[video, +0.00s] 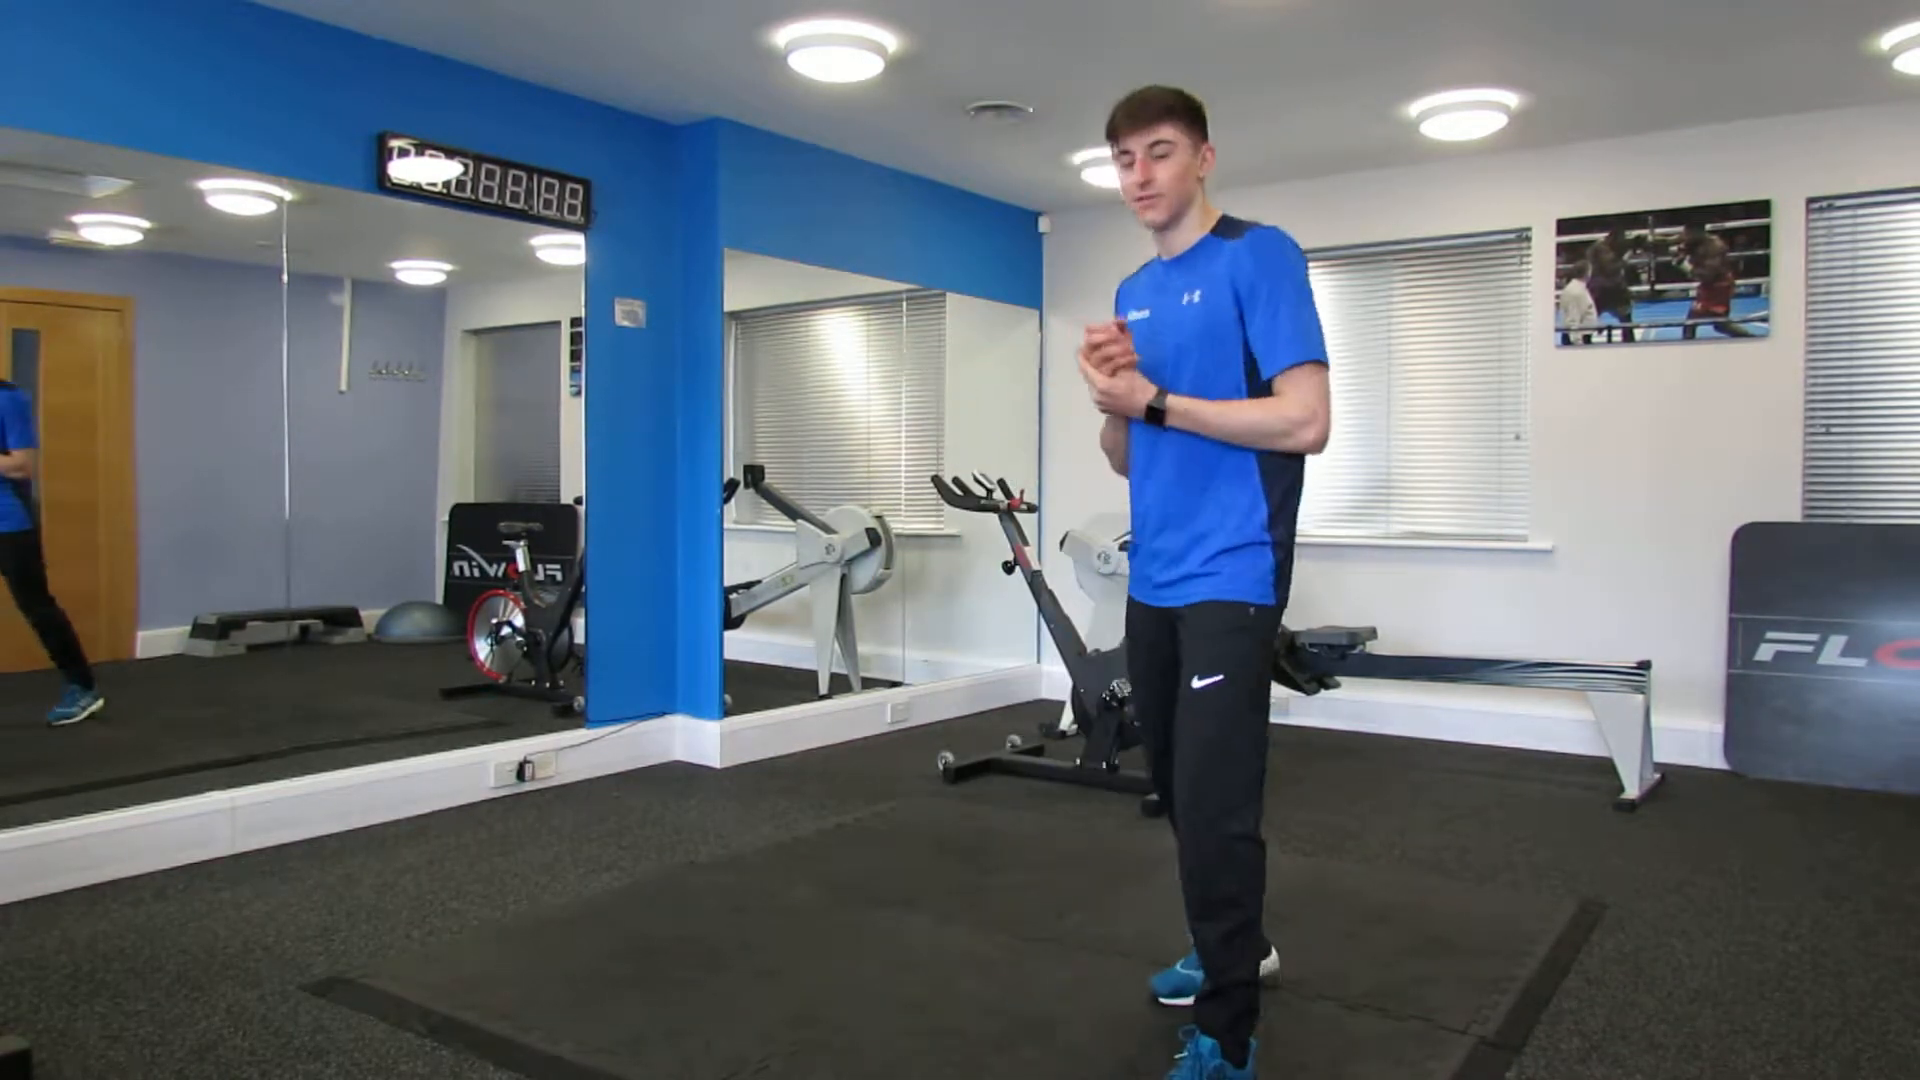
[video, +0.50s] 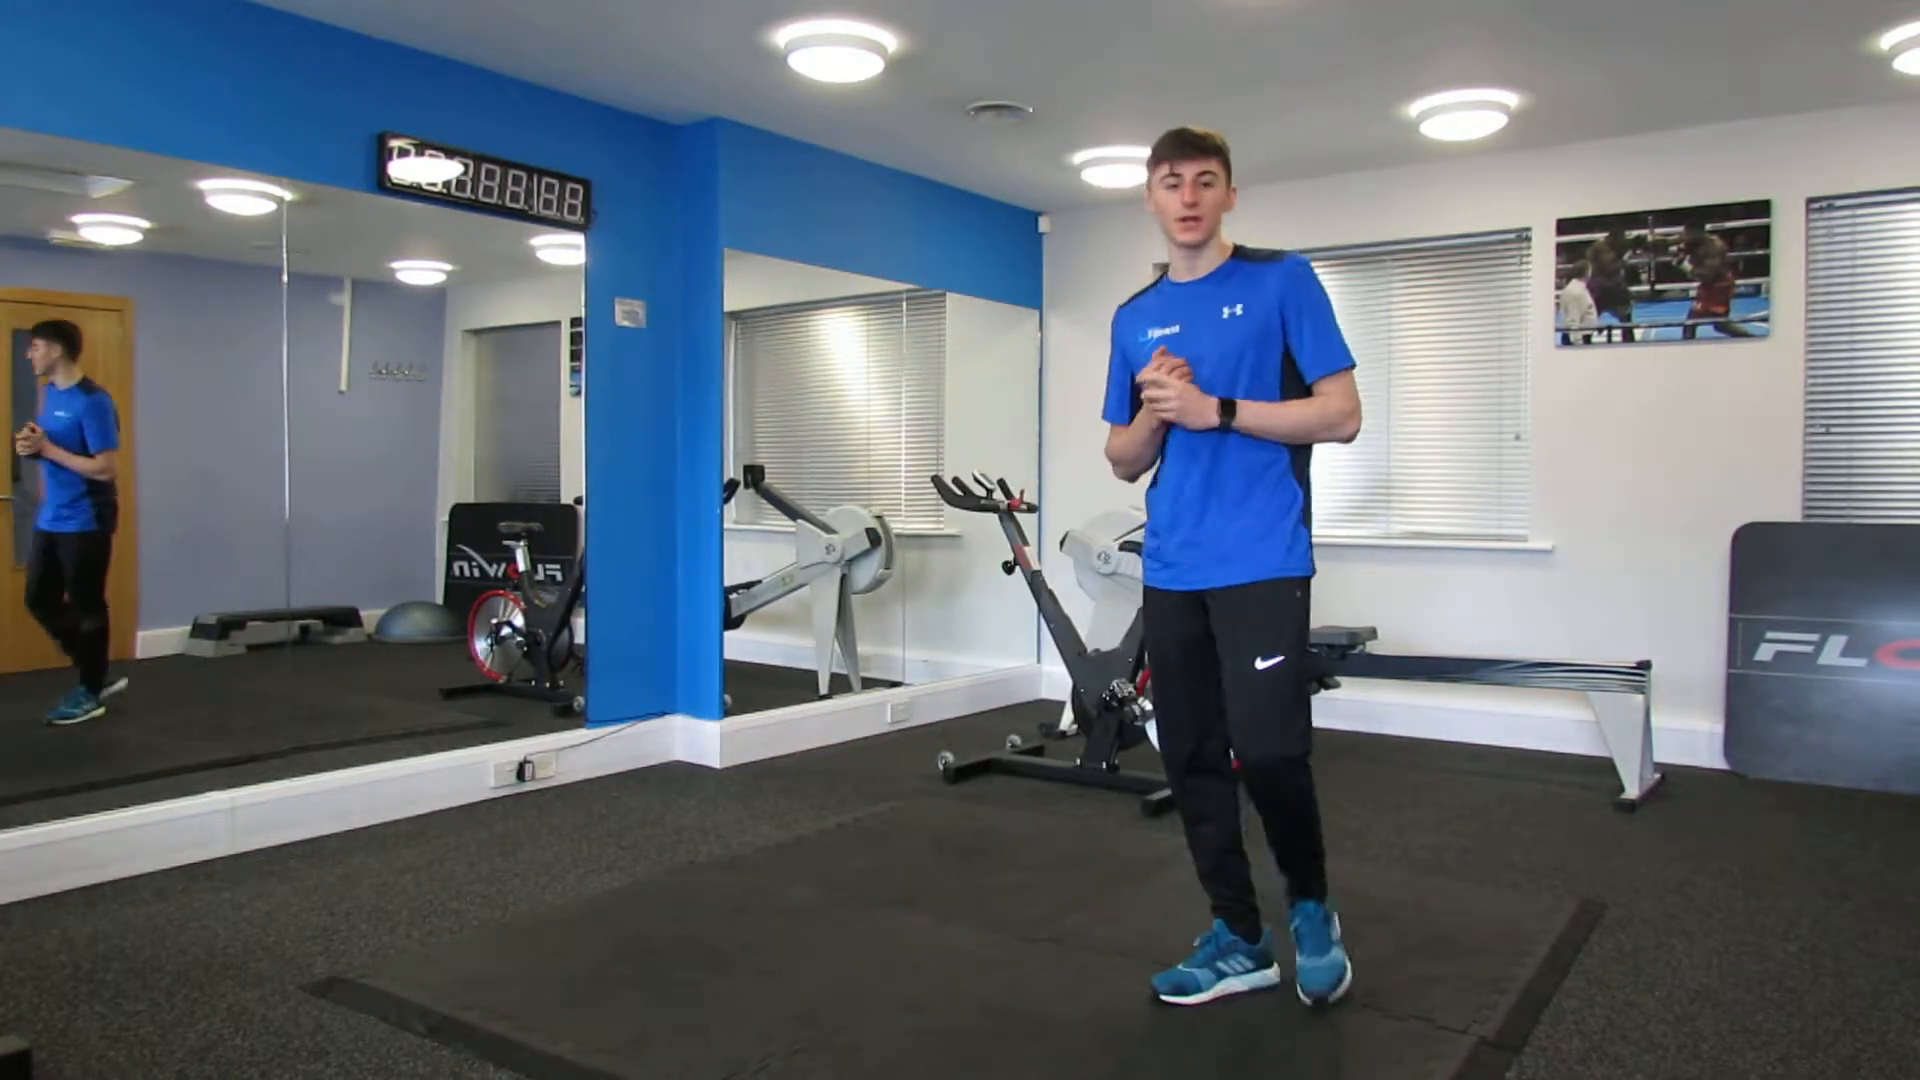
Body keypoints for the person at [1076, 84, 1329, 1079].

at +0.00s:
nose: (1141, 174)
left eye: (1160, 152)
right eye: (1125, 161)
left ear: (1205, 158)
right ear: (1117, 180)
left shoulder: (1260, 255)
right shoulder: (1133, 296)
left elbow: (1307, 420)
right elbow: (1128, 460)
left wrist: (1157, 400)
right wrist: (1110, 401)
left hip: (1232, 566)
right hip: (1155, 569)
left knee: (1217, 800)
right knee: (1178, 780)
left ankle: (1225, 1035)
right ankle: (1229, 947)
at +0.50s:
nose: (1187, 196)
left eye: (1203, 182)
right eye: (1171, 183)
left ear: (1230, 196)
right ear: (1150, 200)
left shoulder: (1283, 280)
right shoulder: (1133, 318)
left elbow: (1342, 412)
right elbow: (1122, 460)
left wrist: (1215, 408)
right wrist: (1154, 414)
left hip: (1262, 560)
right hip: (1171, 566)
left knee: (1268, 751)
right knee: (1194, 757)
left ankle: (1308, 911)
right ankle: (1238, 935)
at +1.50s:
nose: (1118, 233)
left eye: (1135, 222)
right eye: (1111, 222)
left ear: (1169, 237)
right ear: (1100, 236)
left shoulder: (1200, 316)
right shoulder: (1090, 329)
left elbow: (1247, 435)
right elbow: (1086, 454)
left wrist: (1133, 427)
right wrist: (1069, 424)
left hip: (1183, 558)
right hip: (1112, 555)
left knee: (1206, 721)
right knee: (1095, 710)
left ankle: (1267, 879)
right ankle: (1096, 866)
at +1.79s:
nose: (1047, 235)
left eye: (1063, 221)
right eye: (1044, 224)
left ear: (1105, 232)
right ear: (1046, 240)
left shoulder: (1145, 310)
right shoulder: (1057, 333)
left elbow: (1175, 438)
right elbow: (1074, 444)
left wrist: (1071, 504)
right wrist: (1040, 508)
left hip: (1153, 550)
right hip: (1093, 550)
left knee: (1124, 712)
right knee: (1073, 705)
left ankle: (1158, 889)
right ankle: (1096, 867)